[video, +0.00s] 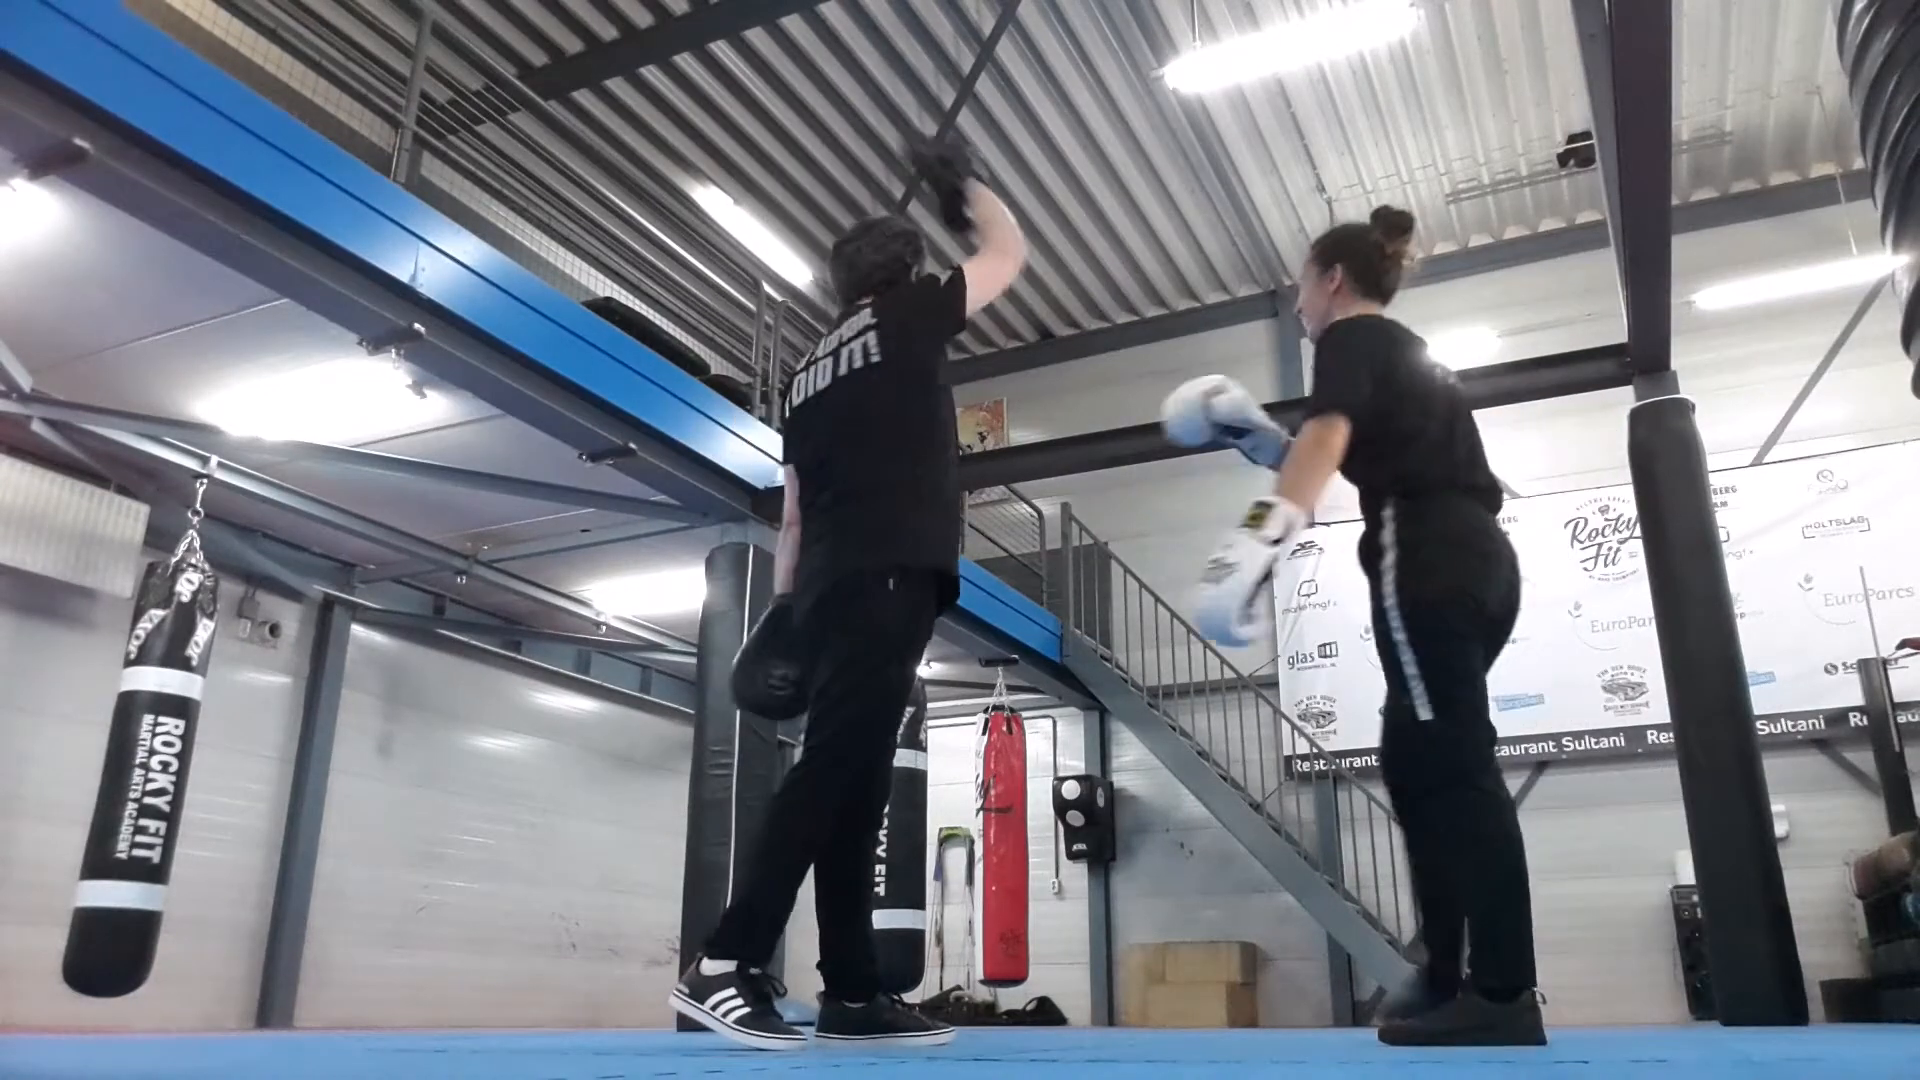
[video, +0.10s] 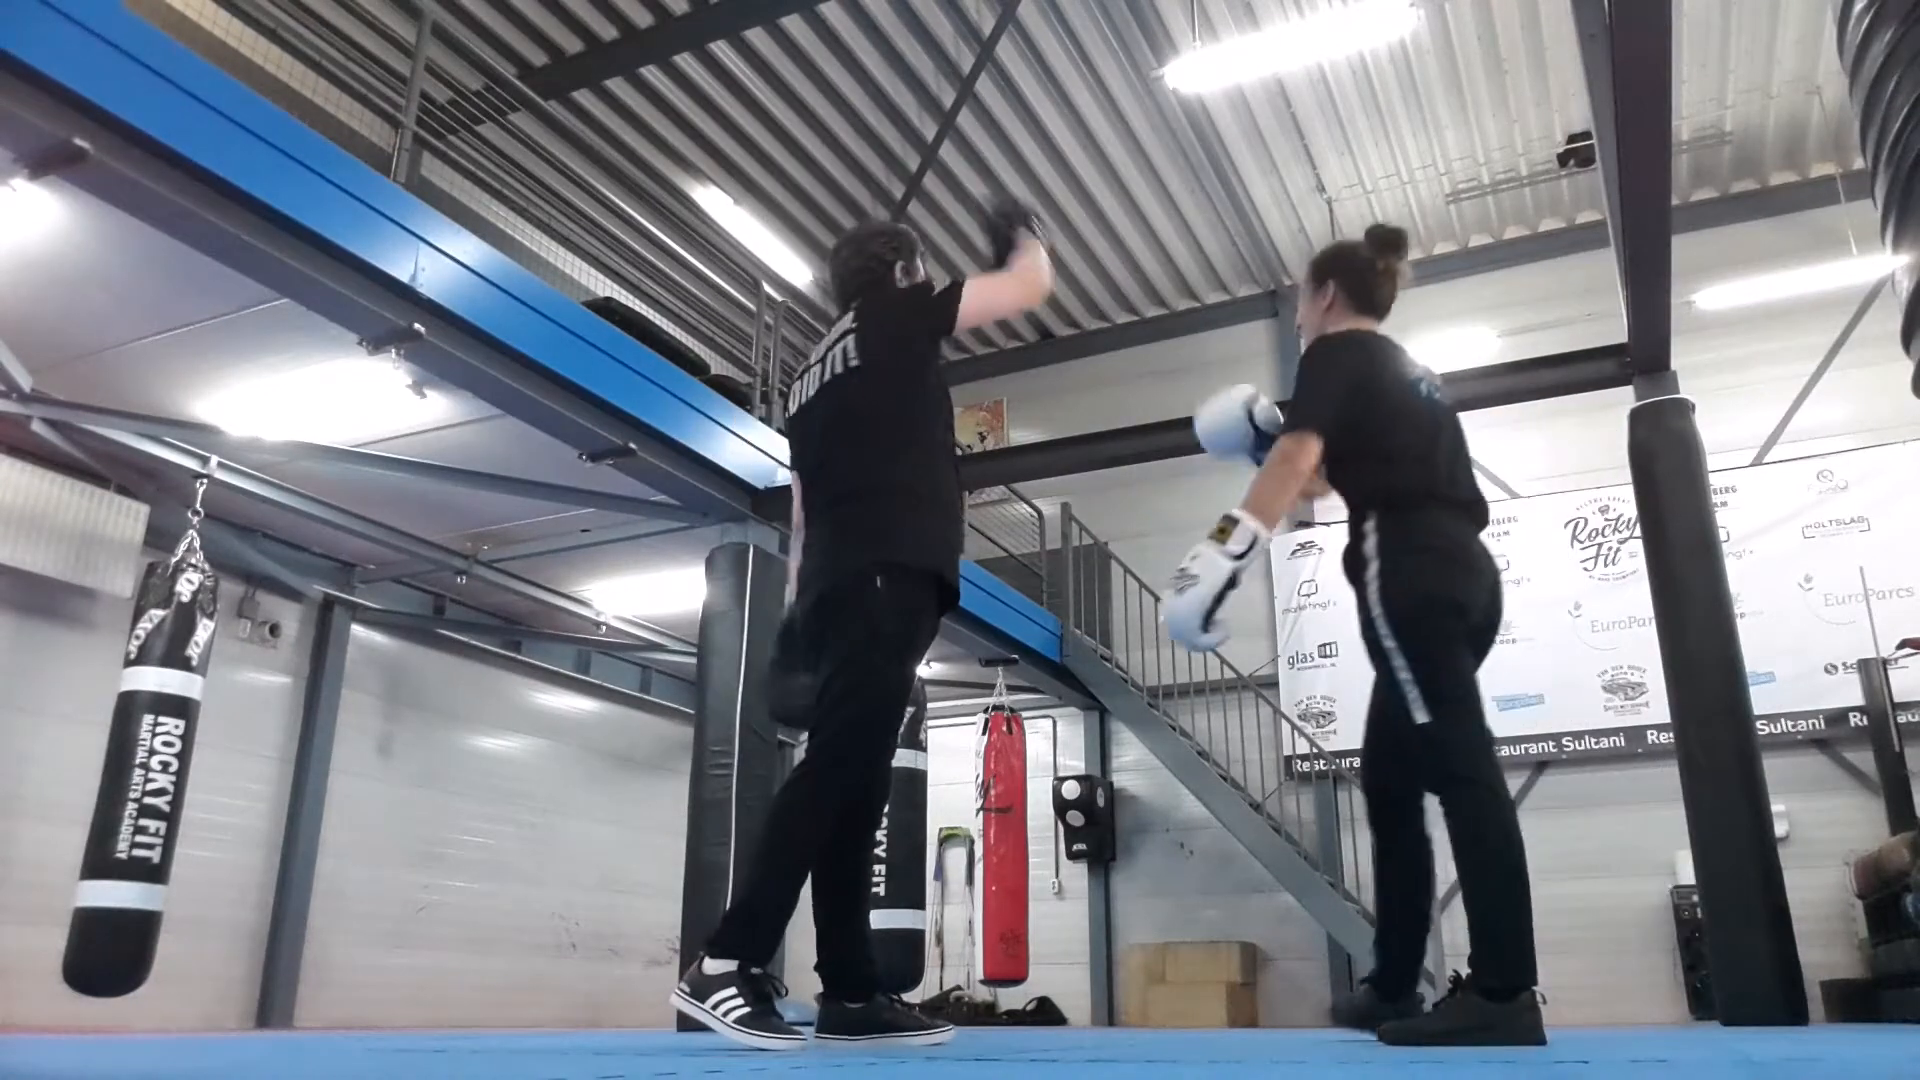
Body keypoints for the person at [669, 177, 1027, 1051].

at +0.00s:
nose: (932, 281)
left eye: (924, 269)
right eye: (923, 267)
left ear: (843, 288)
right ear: (911, 271)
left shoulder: (808, 378)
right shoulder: (912, 311)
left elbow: (794, 516)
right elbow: (1006, 248)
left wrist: (782, 612)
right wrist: (965, 183)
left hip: (842, 579)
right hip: (896, 573)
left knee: (858, 788)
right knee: (829, 775)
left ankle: (853, 995)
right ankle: (723, 970)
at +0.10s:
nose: (928, 280)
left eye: (926, 271)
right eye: (922, 270)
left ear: (841, 284)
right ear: (902, 271)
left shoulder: (812, 377)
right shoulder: (896, 309)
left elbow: (802, 516)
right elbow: (1028, 285)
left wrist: (800, 608)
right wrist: (1025, 237)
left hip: (840, 584)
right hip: (891, 576)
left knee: (856, 787)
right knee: (835, 772)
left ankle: (852, 994)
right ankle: (725, 970)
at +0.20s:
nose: (926, 289)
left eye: (923, 278)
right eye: (919, 278)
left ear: (846, 289)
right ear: (893, 275)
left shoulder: (814, 389)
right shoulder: (889, 317)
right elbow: (1048, 330)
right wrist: (1063, 318)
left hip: (848, 585)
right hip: (886, 576)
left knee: (855, 787)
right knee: (838, 770)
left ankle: (850, 998)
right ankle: (725, 967)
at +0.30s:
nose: (929, 296)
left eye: (925, 285)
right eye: (922, 283)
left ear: (858, 291)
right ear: (892, 279)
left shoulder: (826, 385)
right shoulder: (888, 323)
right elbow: (1023, 373)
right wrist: (1068, 410)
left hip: (856, 584)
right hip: (884, 579)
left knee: (858, 790)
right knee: (842, 772)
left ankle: (850, 998)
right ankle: (728, 965)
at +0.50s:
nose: (948, 311)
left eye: (948, 298)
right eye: (943, 295)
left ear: (882, 293)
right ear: (907, 287)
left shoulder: (857, 356)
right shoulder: (894, 329)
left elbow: (904, 475)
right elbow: (941, 423)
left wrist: (972, 439)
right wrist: (1024, 523)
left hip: (864, 582)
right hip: (887, 580)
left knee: (860, 787)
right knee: (884, 773)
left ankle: (849, 995)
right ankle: (752, 946)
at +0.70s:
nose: (975, 315)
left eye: (976, 301)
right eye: (972, 298)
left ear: (918, 287)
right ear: (938, 285)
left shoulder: (887, 345)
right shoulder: (909, 334)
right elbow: (903, 414)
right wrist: (918, 512)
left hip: (881, 579)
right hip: (897, 579)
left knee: (874, 777)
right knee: (914, 759)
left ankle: (848, 978)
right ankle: (860, 981)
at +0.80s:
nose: (996, 322)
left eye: (1000, 308)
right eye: (995, 303)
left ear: (956, 290)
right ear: (961, 286)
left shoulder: (932, 364)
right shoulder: (913, 329)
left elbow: (929, 496)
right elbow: (882, 400)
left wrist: (967, 618)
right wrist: (869, 493)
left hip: (907, 591)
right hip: (909, 587)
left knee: (870, 791)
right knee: (954, 751)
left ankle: (849, 997)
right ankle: (918, 975)